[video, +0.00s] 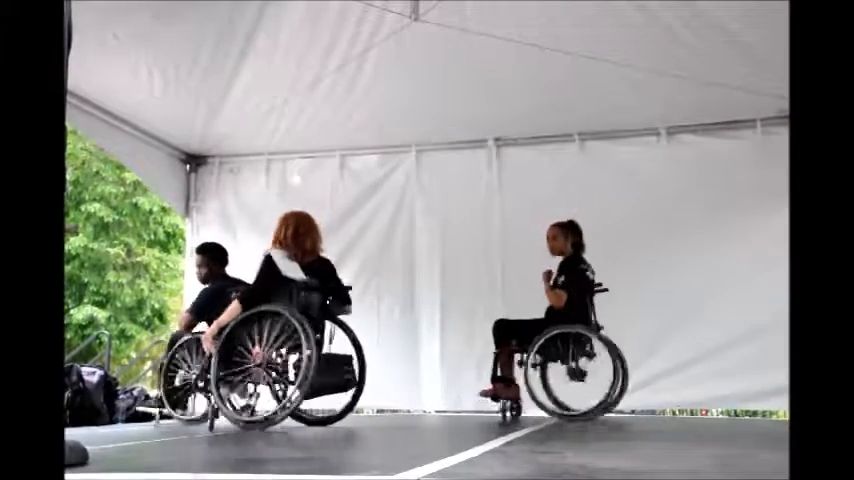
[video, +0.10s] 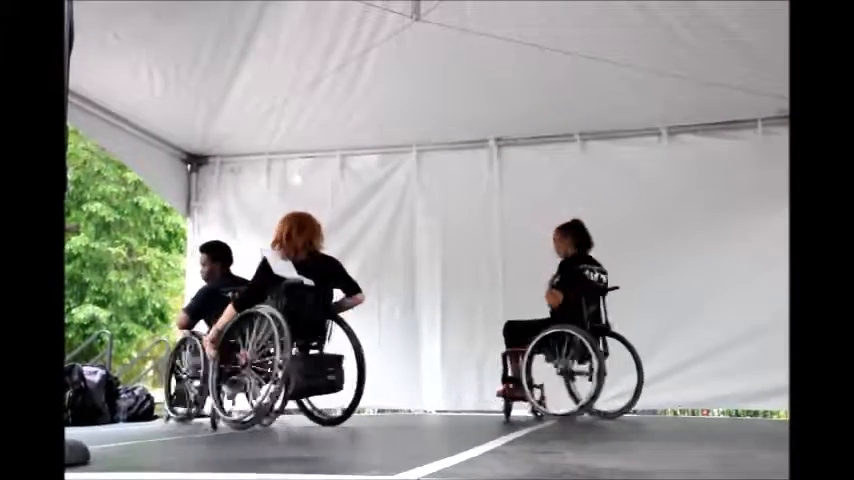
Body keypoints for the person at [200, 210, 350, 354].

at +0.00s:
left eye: (280, 230)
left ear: (281, 233)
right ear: (314, 236)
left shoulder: (274, 260)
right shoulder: (323, 265)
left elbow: (251, 297)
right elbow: (343, 302)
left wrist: (215, 326)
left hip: (273, 333)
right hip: (309, 336)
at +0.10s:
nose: (280, 239)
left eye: (282, 234)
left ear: (282, 234)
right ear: (314, 236)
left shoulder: (273, 261)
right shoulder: (328, 263)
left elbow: (244, 301)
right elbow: (356, 297)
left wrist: (214, 332)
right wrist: (328, 311)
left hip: (279, 333)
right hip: (314, 333)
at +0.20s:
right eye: (318, 233)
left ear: (285, 234)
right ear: (316, 235)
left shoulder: (273, 261)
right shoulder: (330, 262)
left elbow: (244, 300)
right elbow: (357, 290)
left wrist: (218, 333)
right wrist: (338, 309)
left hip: (276, 324)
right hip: (312, 327)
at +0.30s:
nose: (324, 238)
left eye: (323, 233)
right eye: (322, 233)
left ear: (288, 233)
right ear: (317, 235)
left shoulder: (272, 261)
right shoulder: (330, 260)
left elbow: (245, 299)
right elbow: (351, 282)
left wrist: (225, 334)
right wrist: (342, 306)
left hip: (275, 325)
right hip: (311, 324)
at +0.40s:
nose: (325, 238)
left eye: (325, 233)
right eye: (323, 234)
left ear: (289, 232)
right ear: (316, 235)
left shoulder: (275, 256)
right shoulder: (324, 256)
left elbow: (261, 283)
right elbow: (330, 280)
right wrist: (335, 307)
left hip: (272, 315)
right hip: (306, 317)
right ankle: (298, 367)